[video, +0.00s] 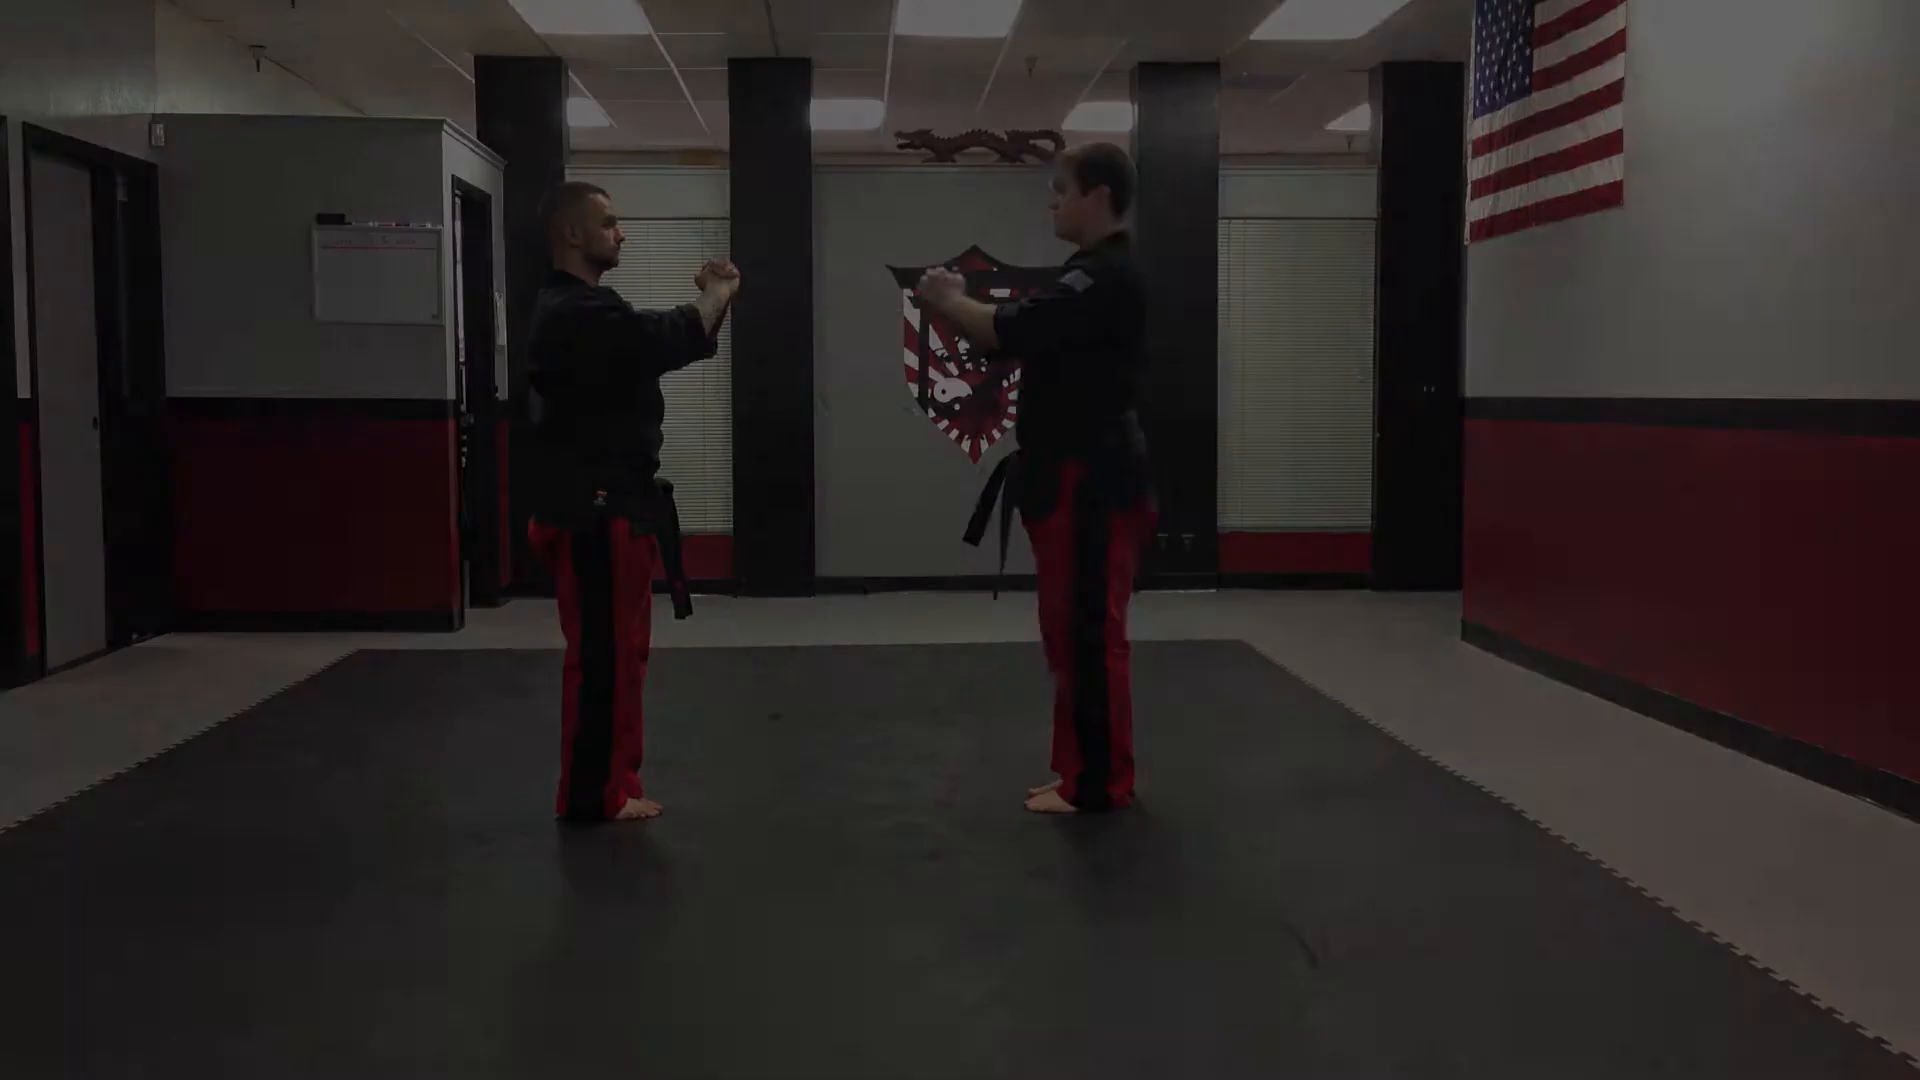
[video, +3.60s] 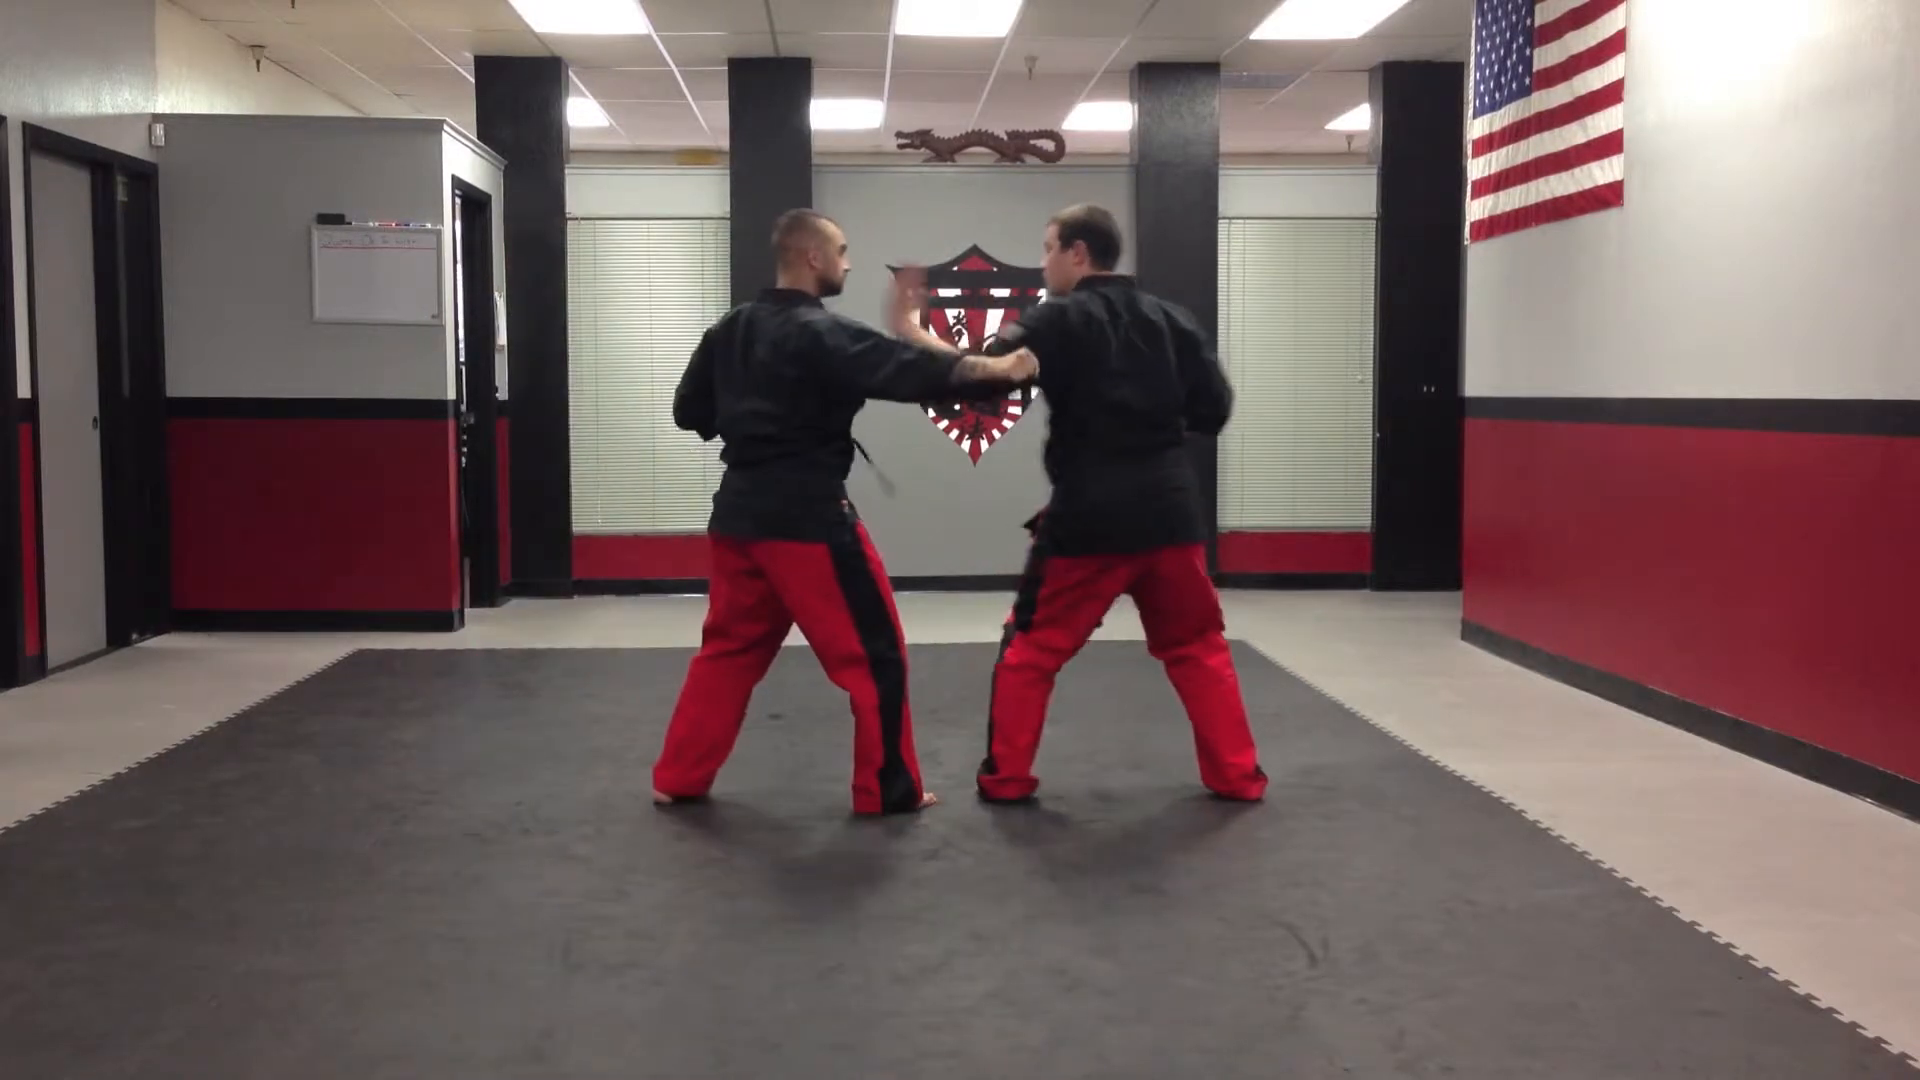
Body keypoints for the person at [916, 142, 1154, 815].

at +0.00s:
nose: (1052, 204)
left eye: (1061, 192)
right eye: (1053, 192)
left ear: (1099, 198)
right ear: (1099, 199)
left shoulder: (1104, 278)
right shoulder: (1093, 273)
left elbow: (1009, 334)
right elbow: (1021, 329)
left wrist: (949, 303)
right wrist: (962, 302)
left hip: (1092, 479)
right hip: (1073, 472)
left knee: (1086, 632)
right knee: (1075, 630)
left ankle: (1095, 784)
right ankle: (1088, 774)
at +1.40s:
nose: (1022, 222)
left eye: (1025, 208)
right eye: (1019, 209)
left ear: (1062, 201)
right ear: (1065, 203)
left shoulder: (1091, 269)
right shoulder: (1085, 264)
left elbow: (1085, 376)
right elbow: (1077, 370)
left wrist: (1016, 385)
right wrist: (1018, 380)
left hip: (1104, 479)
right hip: (1085, 475)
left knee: (1092, 637)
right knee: (1077, 632)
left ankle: (1100, 785)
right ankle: (1086, 764)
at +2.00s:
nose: (1018, 220)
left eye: (1026, 207)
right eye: (1019, 207)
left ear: (1063, 213)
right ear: (1066, 214)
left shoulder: (1086, 282)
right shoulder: (1082, 275)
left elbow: (1090, 387)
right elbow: (1079, 379)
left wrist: (1023, 401)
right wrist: (1024, 392)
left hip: (1092, 480)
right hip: (1116, 474)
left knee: (1043, 625)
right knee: (1113, 621)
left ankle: (1011, 783)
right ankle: (1145, 761)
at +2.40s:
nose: (994, 226)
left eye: (1005, 215)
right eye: (998, 214)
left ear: (1042, 226)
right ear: (1050, 228)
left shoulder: (1040, 295)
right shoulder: (1081, 293)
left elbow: (994, 384)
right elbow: (1047, 389)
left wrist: (926, 362)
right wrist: (966, 376)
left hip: (1047, 500)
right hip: (1096, 494)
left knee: (979, 636)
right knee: (1090, 627)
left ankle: (983, 792)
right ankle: (1154, 759)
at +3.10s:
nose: (1039, 239)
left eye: (1045, 226)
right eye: (1041, 226)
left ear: (1075, 231)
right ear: (1103, 234)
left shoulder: (1048, 291)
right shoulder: (1153, 307)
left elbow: (951, 313)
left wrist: (915, 287)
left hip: (1074, 504)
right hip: (1151, 503)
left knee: (1003, 644)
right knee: (1169, 637)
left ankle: (987, 794)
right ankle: (1233, 772)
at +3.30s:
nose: (1066, 252)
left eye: (1072, 239)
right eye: (1067, 240)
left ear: (1103, 240)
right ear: (1131, 242)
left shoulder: (1086, 307)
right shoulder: (1195, 309)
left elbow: (1022, 376)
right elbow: (1229, 403)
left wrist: (986, 315)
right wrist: (1162, 410)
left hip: (1103, 509)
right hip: (1187, 508)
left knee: (1037, 638)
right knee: (1195, 642)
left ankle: (1038, 779)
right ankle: (1232, 775)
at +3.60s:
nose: (1044, 263)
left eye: (1049, 251)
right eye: (1045, 251)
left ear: (1078, 254)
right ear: (1106, 256)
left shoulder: (1060, 316)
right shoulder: (1169, 317)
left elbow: (985, 372)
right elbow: (1214, 407)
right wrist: (1148, 415)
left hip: (1089, 516)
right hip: (1170, 511)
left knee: (1034, 644)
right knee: (1197, 643)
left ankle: (1008, 777)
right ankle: (1237, 776)